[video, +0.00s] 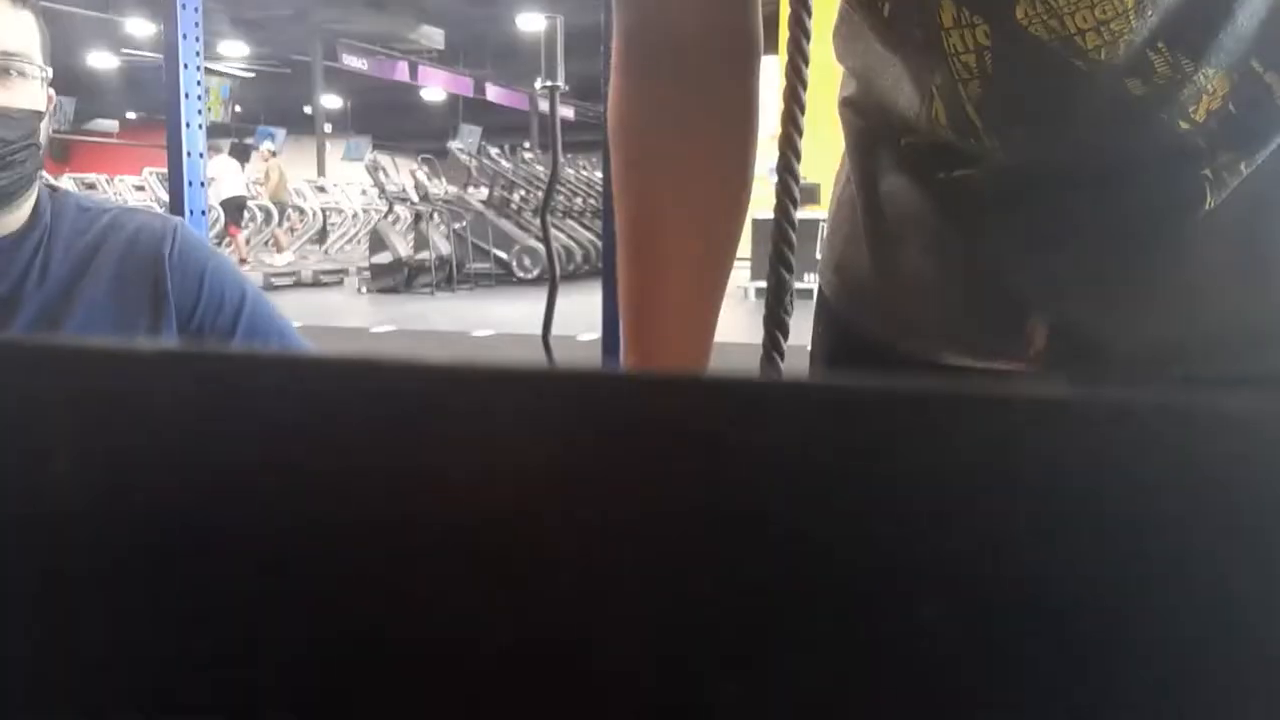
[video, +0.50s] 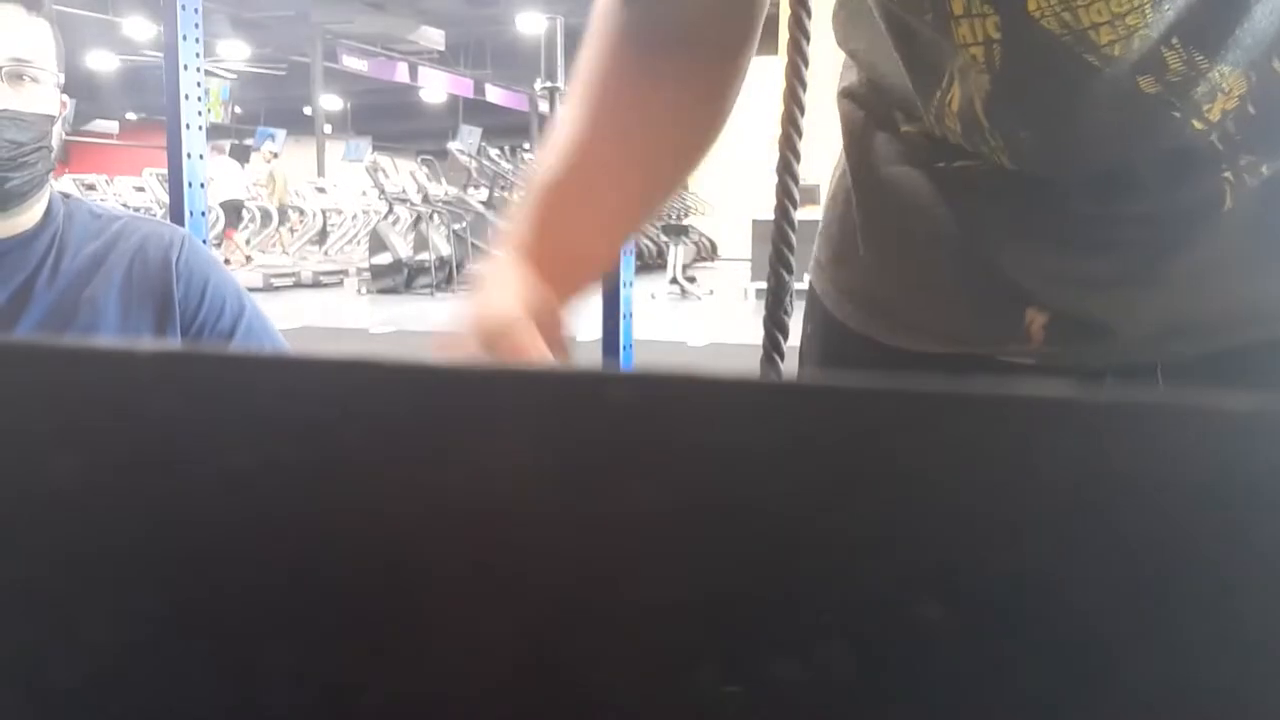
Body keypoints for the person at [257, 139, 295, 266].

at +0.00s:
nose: (261, 154)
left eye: (262, 152)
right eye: (260, 152)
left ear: (269, 152)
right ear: (270, 153)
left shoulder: (273, 164)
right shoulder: (273, 164)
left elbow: (274, 180)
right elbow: (268, 180)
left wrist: (267, 194)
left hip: (279, 200)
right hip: (279, 200)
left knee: (276, 227)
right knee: (276, 227)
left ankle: (286, 251)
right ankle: (279, 252)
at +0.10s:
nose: (261, 156)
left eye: (263, 154)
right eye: (260, 154)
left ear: (270, 154)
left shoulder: (273, 166)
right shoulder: (272, 166)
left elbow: (274, 183)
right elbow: (268, 182)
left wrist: (267, 197)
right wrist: (259, 184)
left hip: (278, 202)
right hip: (277, 202)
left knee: (275, 230)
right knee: (276, 230)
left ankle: (282, 253)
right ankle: (278, 252)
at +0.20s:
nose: (263, 155)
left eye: (265, 152)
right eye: (262, 152)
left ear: (271, 152)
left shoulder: (275, 166)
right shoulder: (273, 165)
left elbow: (276, 183)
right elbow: (269, 181)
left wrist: (268, 196)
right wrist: (259, 183)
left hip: (278, 202)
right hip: (277, 202)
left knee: (276, 229)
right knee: (278, 229)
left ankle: (278, 252)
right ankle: (280, 251)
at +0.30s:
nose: (264, 156)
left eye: (265, 153)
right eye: (263, 153)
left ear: (272, 153)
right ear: (272, 153)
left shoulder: (275, 166)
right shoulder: (277, 165)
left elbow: (277, 183)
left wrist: (269, 197)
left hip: (276, 201)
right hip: (282, 201)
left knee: (273, 228)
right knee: (280, 227)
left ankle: (276, 251)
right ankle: (284, 250)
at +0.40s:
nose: (263, 156)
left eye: (265, 153)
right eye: (263, 153)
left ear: (271, 153)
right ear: (269, 153)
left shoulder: (276, 167)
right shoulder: (273, 167)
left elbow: (279, 185)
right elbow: (272, 184)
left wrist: (274, 200)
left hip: (280, 203)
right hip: (278, 202)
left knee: (281, 227)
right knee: (280, 227)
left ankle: (286, 250)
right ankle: (284, 249)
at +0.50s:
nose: (263, 156)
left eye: (265, 153)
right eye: (262, 153)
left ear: (271, 153)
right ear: (268, 154)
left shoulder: (276, 167)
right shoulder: (272, 167)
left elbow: (279, 185)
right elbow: (272, 185)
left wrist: (276, 202)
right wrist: (269, 199)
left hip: (280, 203)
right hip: (277, 202)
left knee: (281, 227)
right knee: (280, 227)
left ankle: (286, 249)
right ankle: (283, 248)